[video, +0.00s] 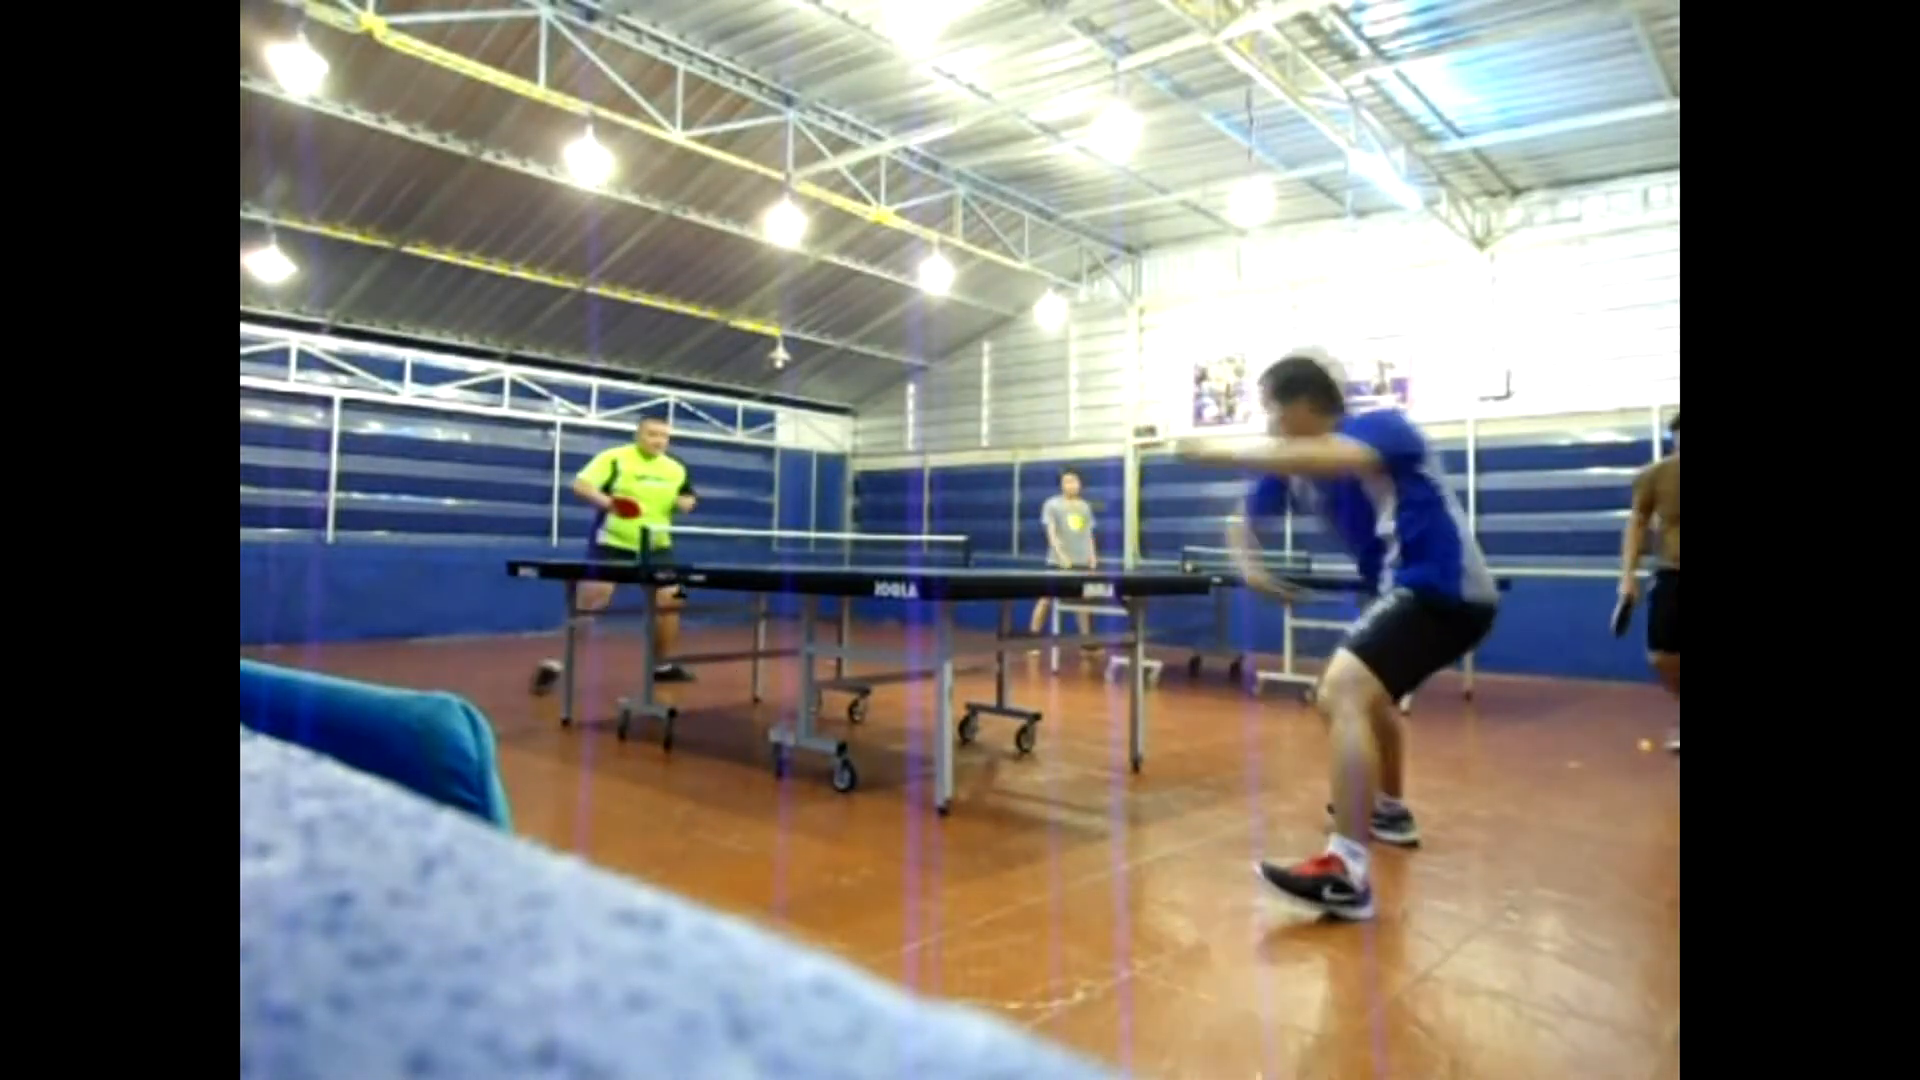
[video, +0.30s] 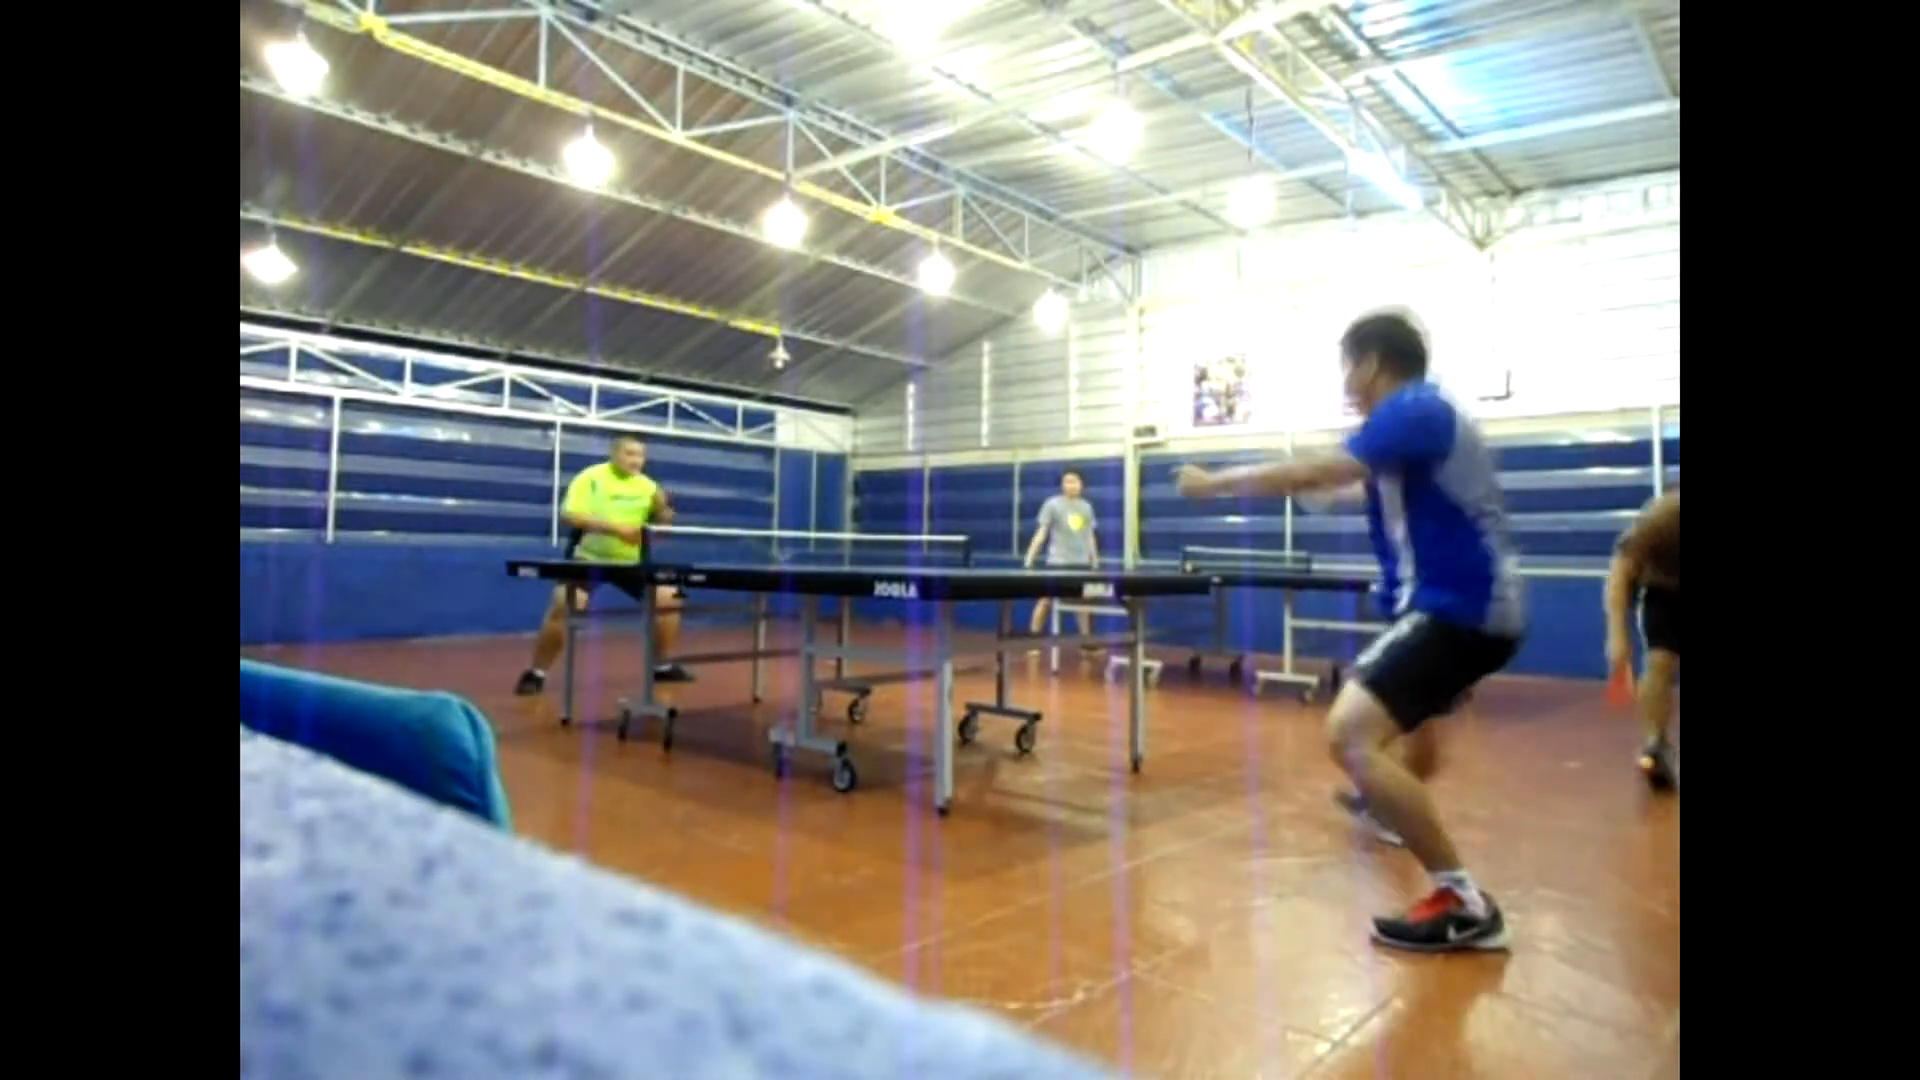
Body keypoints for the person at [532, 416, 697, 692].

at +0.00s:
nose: (658, 441)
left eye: (663, 436)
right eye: (652, 434)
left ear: (668, 439)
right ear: (639, 434)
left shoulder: (676, 470)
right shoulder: (615, 458)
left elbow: (687, 498)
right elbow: (581, 484)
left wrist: (685, 502)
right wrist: (608, 502)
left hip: (657, 545)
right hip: (614, 542)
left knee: (669, 600)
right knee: (591, 599)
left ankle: (664, 662)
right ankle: (560, 663)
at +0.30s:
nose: (635, 460)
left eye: (639, 454)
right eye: (629, 453)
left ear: (644, 458)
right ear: (614, 454)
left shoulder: (648, 487)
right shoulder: (590, 478)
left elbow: (662, 521)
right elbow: (570, 514)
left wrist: (662, 510)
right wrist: (618, 529)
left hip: (629, 563)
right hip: (588, 560)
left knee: (668, 599)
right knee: (564, 604)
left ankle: (662, 663)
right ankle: (537, 671)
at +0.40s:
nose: (635, 460)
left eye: (638, 454)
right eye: (629, 454)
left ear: (642, 457)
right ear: (613, 455)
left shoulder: (646, 484)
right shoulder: (595, 483)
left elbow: (649, 518)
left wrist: (670, 510)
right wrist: (651, 523)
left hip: (629, 562)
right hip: (590, 561)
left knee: (665, 598)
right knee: (565, 603)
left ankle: (663, 663)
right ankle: (537, 672)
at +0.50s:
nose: (639, 457)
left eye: (643, 451)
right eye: (632, 451)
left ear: (646, 455)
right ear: (617, 452)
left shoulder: (645, 481)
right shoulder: (610, 480)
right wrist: (686, 509)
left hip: (629, 562)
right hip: (591, 562)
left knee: (665, 598)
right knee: (575, 606)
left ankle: (663, 663)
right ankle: (538, 671)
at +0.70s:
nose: (652, 445)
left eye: (656, 439)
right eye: (645, 438)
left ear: (659, 443)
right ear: (630, 439)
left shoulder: (655, 473)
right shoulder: (615, 464)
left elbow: (652, 509)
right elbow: (622, 500)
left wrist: (678, 516)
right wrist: (671, 508)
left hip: (636, 545)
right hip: (599, 543)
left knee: (662, 594)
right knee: (581, 598)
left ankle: (663, 661)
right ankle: (541, 666)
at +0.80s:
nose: (649, 444)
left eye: (653, 439)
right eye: (642, 438)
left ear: (656, 443)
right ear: (628, 439)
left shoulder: (655, 474)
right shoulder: (607, 464)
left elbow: (649, 510)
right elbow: (601, 504)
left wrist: (658, 532)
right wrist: (643, 518)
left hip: (637, 550)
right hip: (601, 547)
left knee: (663, 595)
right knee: (582, 598)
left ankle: (663, 661)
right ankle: (536, 662)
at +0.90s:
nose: (637, 448)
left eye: (642, 443)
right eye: (631, 442)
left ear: (647, 447)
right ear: (620, 443)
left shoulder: (649, 479)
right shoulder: (598, 469)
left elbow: (641, 516)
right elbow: (578, 503)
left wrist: (651, 535)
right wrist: (619, 524)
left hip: (633, 558)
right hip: (596, 556)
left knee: (663, 594)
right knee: (579, 602)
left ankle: (663, 661)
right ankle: (535, 660)